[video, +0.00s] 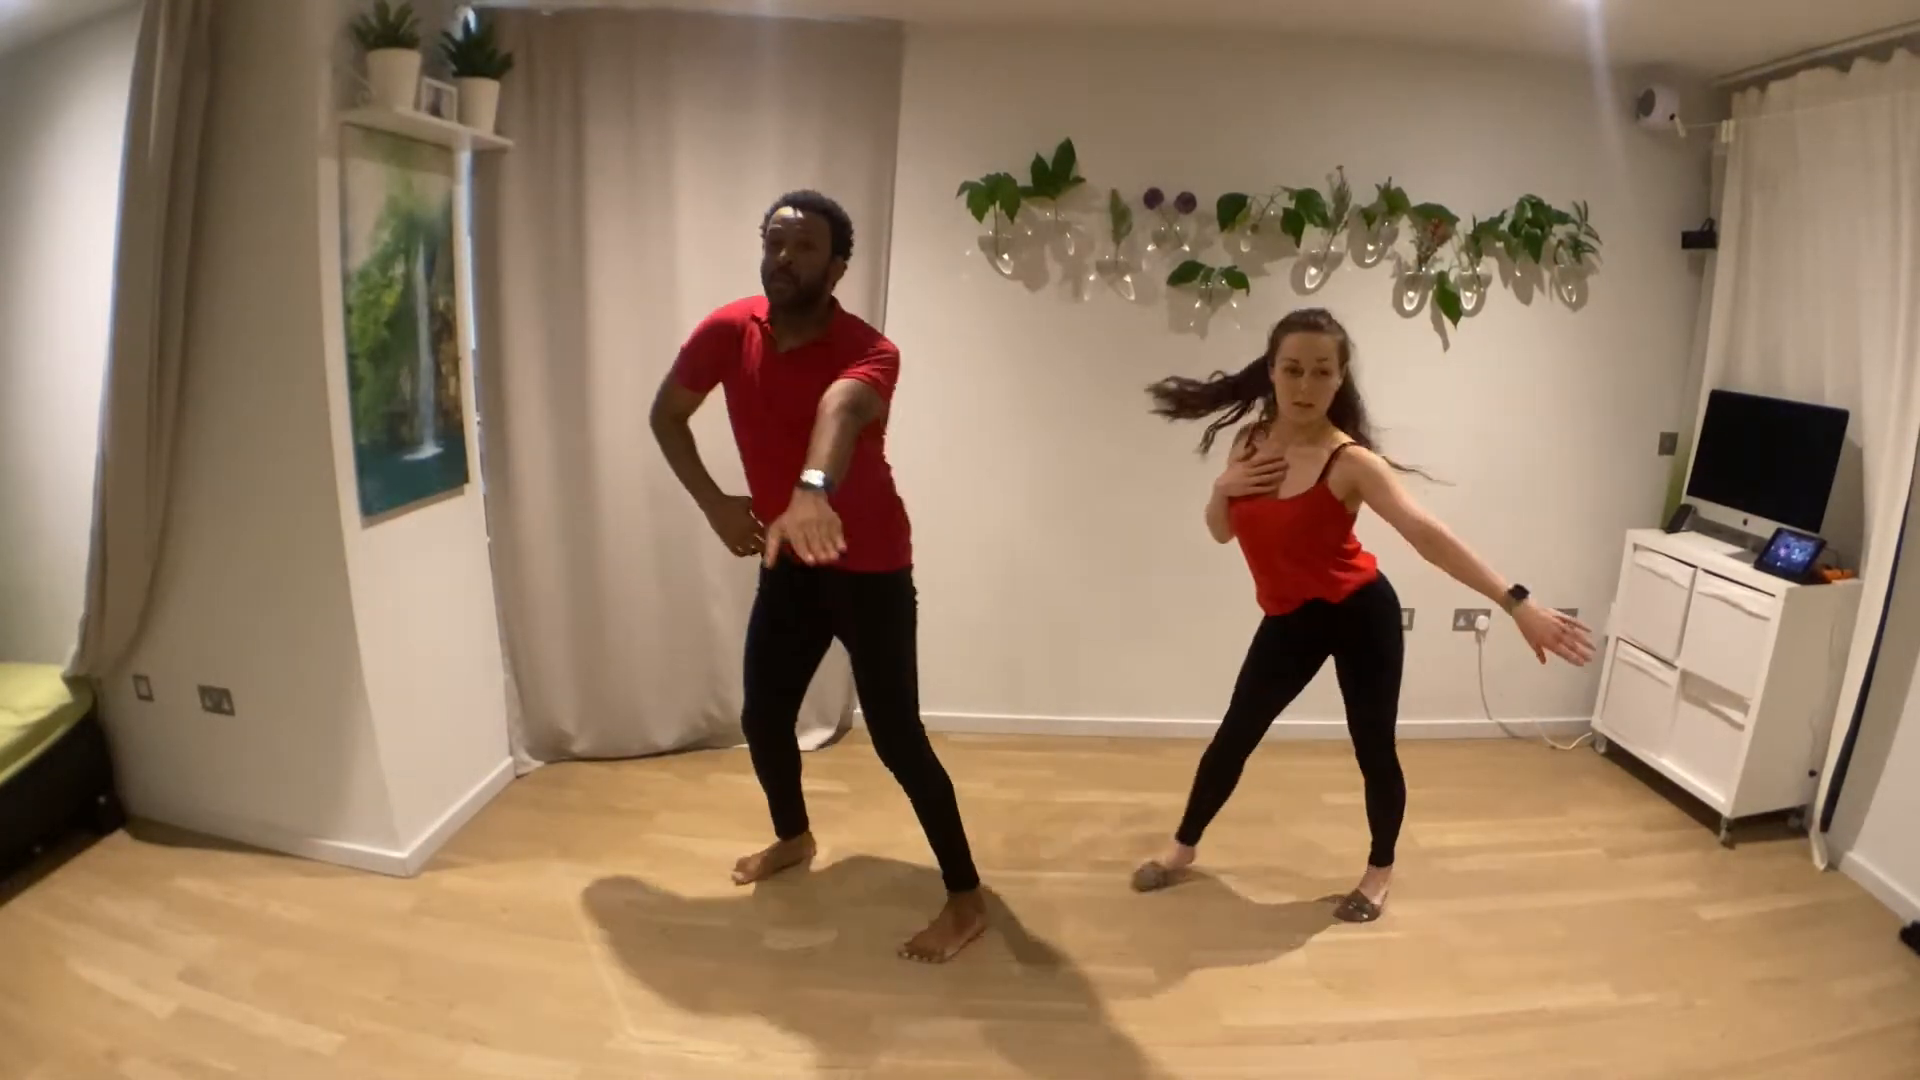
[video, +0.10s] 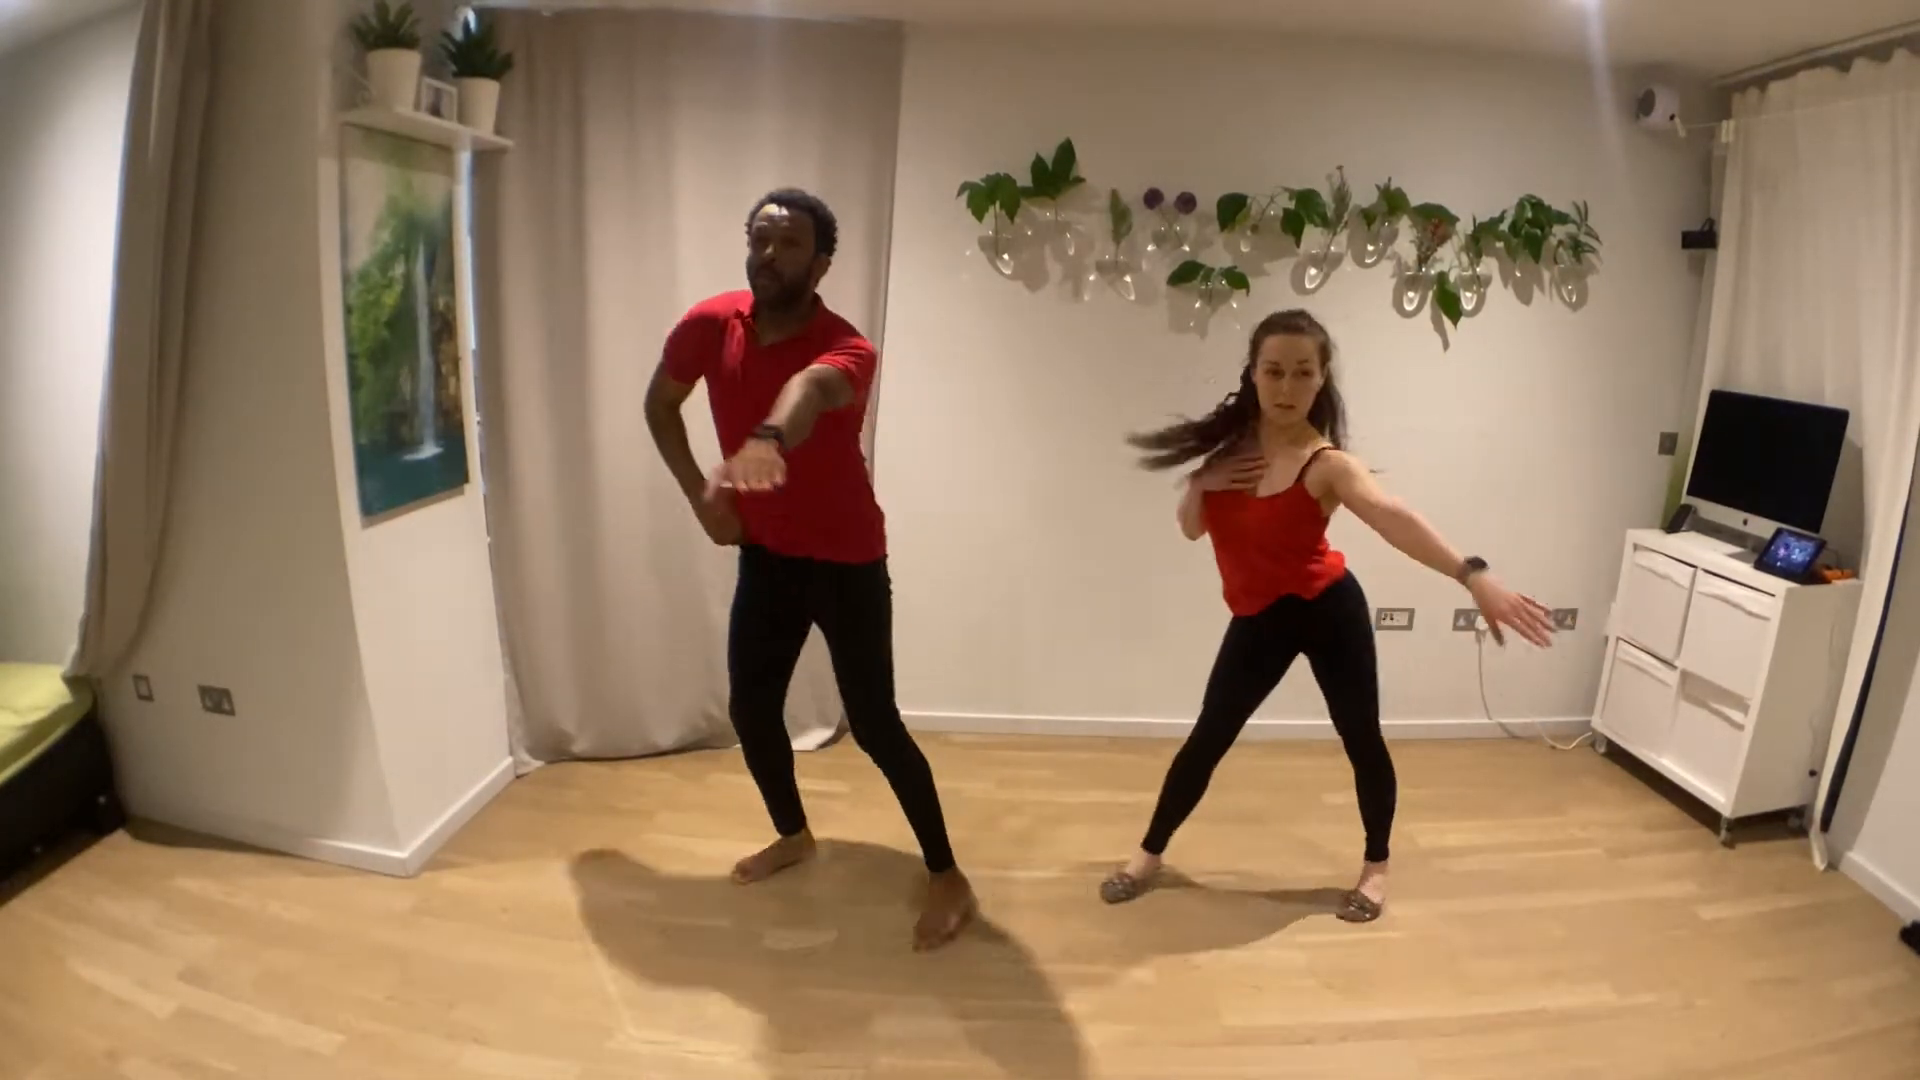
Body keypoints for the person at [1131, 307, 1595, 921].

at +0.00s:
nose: (1306, 386)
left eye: (1322, 372)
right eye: (1293, 369)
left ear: (1339, 380)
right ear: (1271, 372)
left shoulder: (1349, 461)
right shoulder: (1251, 443)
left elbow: (1426, 533)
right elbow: (1222, 532)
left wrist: (1518, 603)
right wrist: (1221, 490)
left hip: (1359, 610)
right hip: (1290, 618)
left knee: (1374, 748)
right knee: (1235, 733)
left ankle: (1379, 871)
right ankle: (1181, 848)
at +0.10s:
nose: (1287, 387)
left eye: (1303, 372)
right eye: (1274, 371)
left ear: (1321, 380)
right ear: (1253, 375)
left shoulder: (1325, 464)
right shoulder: (1227, 451)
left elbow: (1387, 515)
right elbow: (1192, 528)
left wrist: (1473, 577)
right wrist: (1198, 482)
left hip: (1326, 605)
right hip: (1258, 616)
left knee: (1362, 739)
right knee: (1207, 737)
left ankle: (1375, 870)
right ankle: (1147, 855)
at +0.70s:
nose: (1207, 378)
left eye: (1222, 366)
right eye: (1196, 364)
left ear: (1243, 373)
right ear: (1179, 368)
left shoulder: (1248, 453)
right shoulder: (1151, 430)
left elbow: (1172, 486)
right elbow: (1095, 500)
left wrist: (1116, 451)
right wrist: (1122, 464)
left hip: (1200, 608)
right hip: (1136, 599)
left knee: (1175, 751)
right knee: (1108, 740)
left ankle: (1146, 811)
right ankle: (1137, 851)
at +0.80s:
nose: (1203, 376)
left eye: (1218, 364)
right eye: (1191, 362)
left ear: (1237, 370)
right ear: (1173, 366)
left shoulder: (1242, 456)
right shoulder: (1149, 415)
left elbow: (1174, 485)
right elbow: (1076, 442)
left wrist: (1154, 430)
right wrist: (1105, 436)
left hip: (1213, 605)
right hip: (1146, 601)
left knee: (1190, 743)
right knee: (1103, 746)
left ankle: (1154, 810)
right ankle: (1122, 841)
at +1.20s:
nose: (1211, 370)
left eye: (1207, 360)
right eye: (1193, 369)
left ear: (1216, 365)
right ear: (1166, 398)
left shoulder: (1261, 423)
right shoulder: (1178, 489)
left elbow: (1292, 479)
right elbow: (1240, 589)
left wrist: (1292, 530)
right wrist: (1317, 645)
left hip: (1242, 601)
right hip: (1183, 607)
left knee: (1305, 719)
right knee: (1152, 742)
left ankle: (1312, 828)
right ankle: (1085, 827)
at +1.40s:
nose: (1285, 369)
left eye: (1278, 362)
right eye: (1269, 370)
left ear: (1281, 386)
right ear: (1251, 407)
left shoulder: (1313, 430)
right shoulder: (1296, 459)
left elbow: (1388, 398)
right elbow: (1383, 398)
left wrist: (1453, 343)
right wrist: (1450, 341)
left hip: (1336, 603)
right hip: (1288, 602)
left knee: (1367, 713)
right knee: (1216, 724)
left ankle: (1388, 821)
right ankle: (1114, 819)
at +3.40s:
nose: (1303, 398)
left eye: (1323, 388)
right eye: (1301, 385)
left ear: (1365, 406)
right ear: (1294, 390)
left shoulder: (1368, 504)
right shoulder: (1283, 461)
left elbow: (1413, 588)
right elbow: (1212, 431)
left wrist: (1479, 639)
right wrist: (1204, 356)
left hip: (1332, 684)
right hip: (1283, 671)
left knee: (1199, 796)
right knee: (1283, 821)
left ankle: (1139, 946)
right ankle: (1351, 920)